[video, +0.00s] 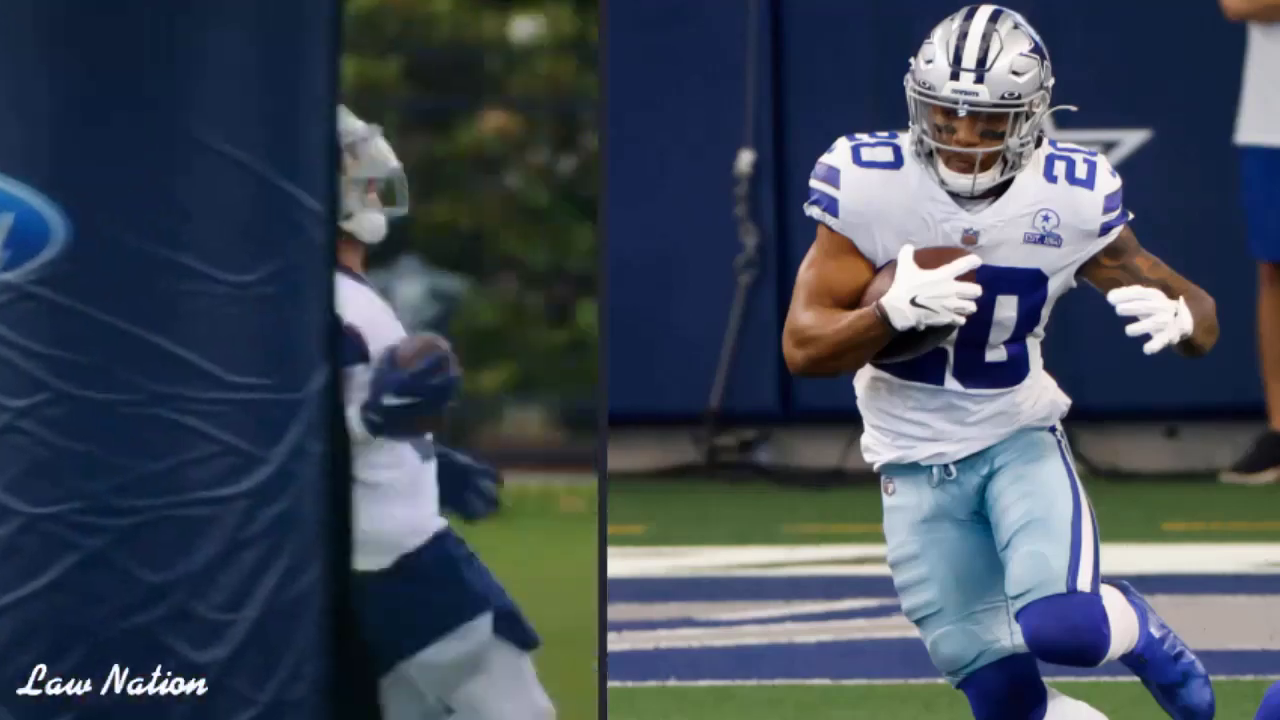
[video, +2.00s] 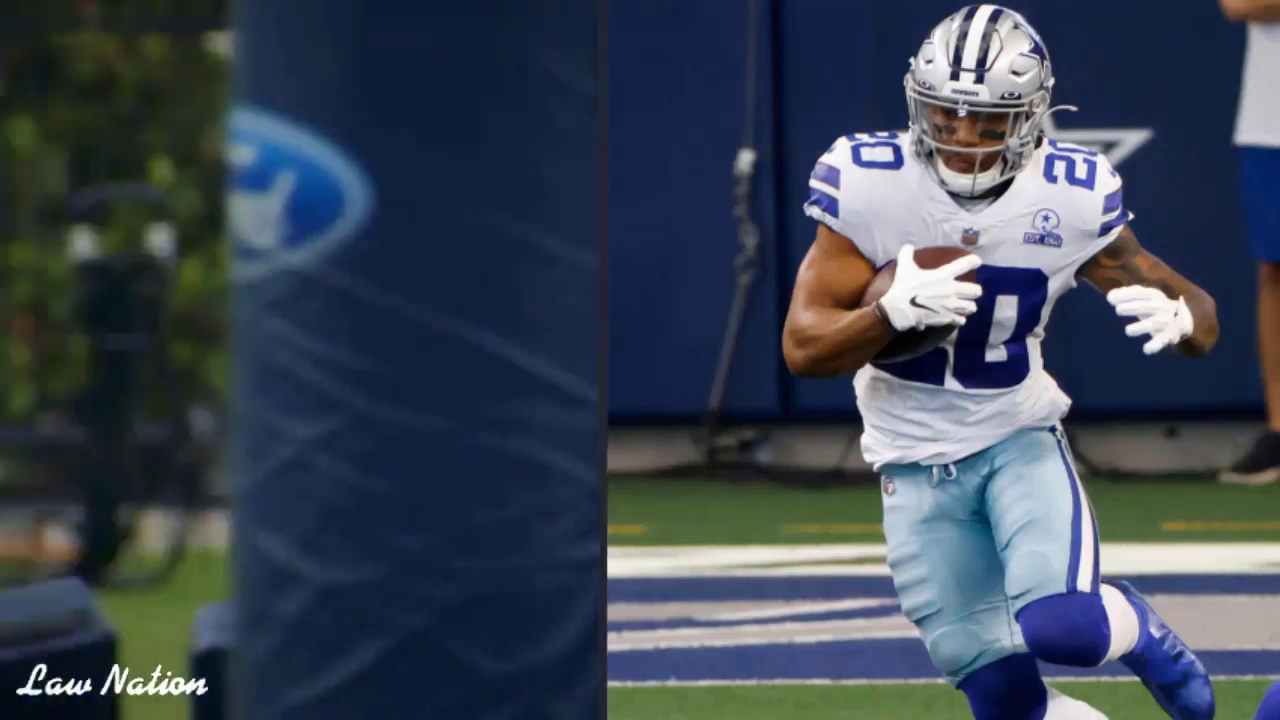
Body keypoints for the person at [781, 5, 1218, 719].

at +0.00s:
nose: (966, 137)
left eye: (988, 121)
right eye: (950, 116)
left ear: (1027, 119)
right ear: (922, 109)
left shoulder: (1070, 193)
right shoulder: (863, 179)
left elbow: (1196, 308)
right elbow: (801, 349)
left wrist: (1181, 319)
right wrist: (887, 313)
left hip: (1018, 437)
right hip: (911, 468)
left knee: (1054, 626)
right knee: (1001, 697)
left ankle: (1141, 632)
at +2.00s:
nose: (965, 137)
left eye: (988, 121)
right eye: (950, 117)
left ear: (1028, 119)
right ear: (922, 110)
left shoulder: (1070, 193)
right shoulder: (863, 179)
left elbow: (1197, 309)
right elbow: (801, 349)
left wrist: (1181, 319)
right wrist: (887, 313)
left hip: (1018, 438)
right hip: (911, 468)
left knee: (1054, 626)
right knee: (1001, 696)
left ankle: (1143, 634)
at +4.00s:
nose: (966, 137)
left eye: (988, 121)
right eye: (950, 116)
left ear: (1027, 119)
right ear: (923, 109)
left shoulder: (1071, 194)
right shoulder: (863, 179)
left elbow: (1197, 309)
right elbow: (801, 349)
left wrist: (1181, 319)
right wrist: (887, 313)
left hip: (1018, 437)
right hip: (911, 467)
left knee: (1054, 626)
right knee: (1001, 696)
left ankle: (1141, 631)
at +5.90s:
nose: (966, 137)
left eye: (988, 121)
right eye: (951, 117)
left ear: (1028, 119)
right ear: (923, 110)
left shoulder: (1071, 194)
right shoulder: (862, 179)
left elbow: (1197, 310)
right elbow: (801, 350)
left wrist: (1181, 319)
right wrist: (887, 312)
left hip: (1018, 437)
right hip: (911, 467)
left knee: (1054, 626)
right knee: (1001, 697)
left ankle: (1142, 632)